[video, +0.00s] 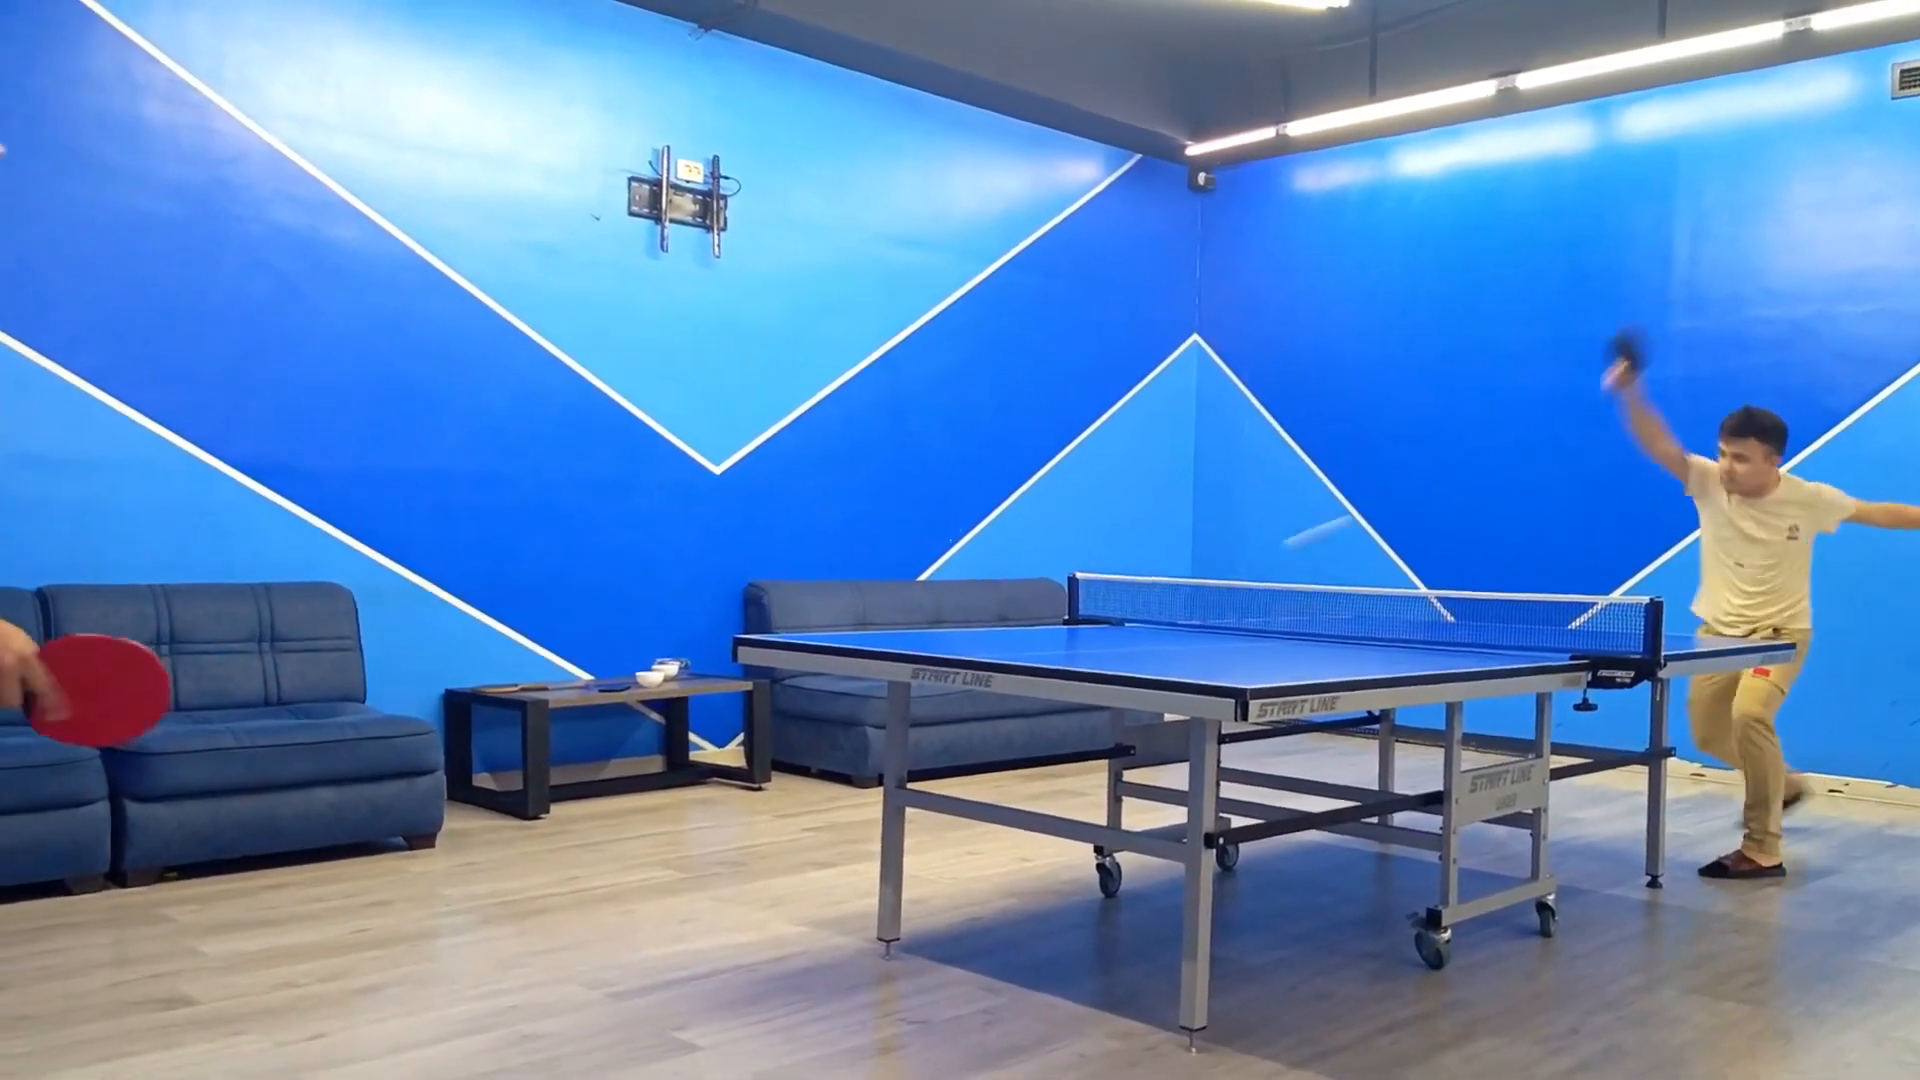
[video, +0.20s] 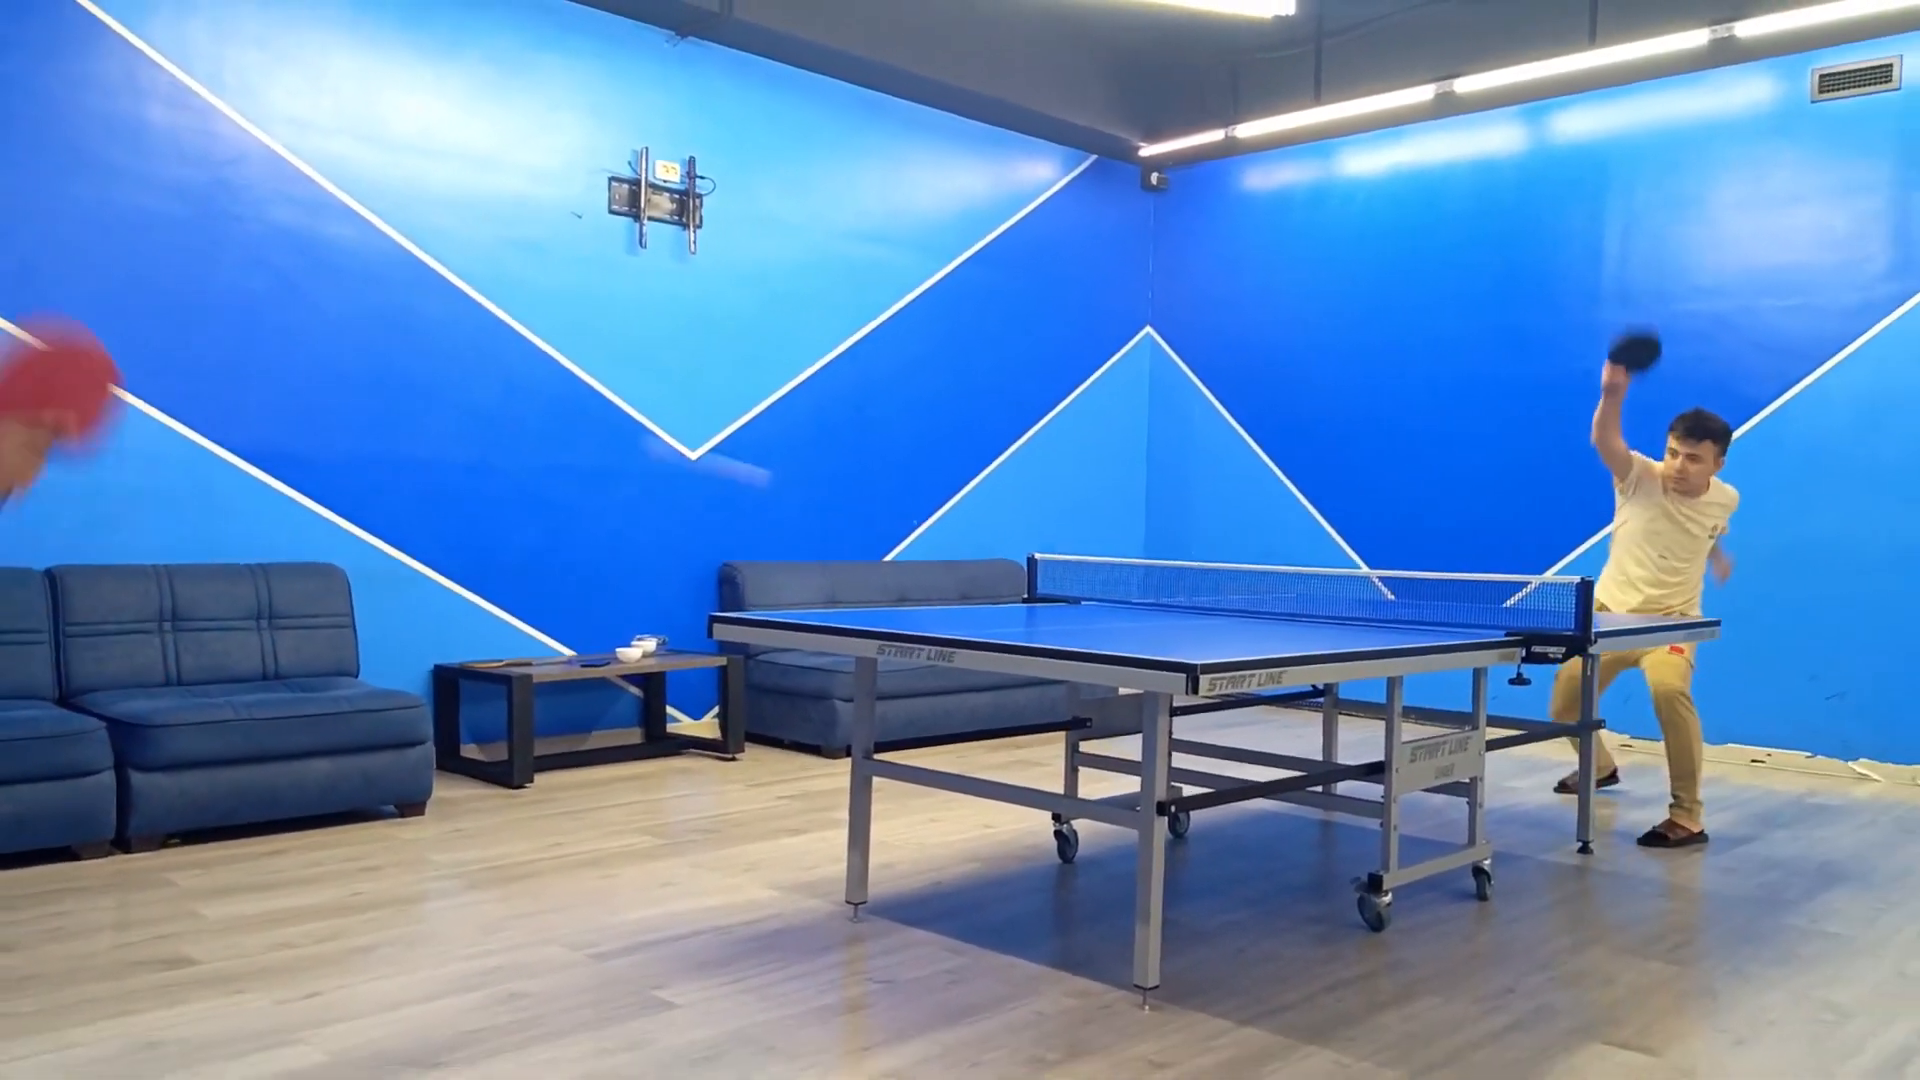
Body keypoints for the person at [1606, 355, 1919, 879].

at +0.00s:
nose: (1728, 466)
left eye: (1741, 458)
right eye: (1725, 455)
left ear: (1774, 462)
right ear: (1718, 452)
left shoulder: (1810, 501)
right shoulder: (1708, 481)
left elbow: (1878, 513)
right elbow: (1659, 443)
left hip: (1780, 635)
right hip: (1718, 633)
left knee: (1748, 715)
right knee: (1708, 735)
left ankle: (1761, 850)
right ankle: (1782, 784)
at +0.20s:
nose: (1678, 465)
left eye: (1692, 459)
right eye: (1674, 454)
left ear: (1717, 464)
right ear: (1665, 448)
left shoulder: (1724, 501)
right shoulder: (1637, 476)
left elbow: (1710, 537)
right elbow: (1607, 444)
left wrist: (1718, 561)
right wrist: (1612, 398)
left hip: (1673, 623)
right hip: (1611, 618)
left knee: (1669, 692)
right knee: (1563, 705)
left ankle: (1686, 816)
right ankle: (1599, 764)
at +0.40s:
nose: (1609, 458)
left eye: (1623, 450)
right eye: (1603, 447)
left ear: (1646, 460)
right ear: (1593, 448)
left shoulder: (1657, 507)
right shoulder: (1570, 483)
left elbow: (1669, 555)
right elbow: (1500, 474)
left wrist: (1696, 612)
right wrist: (1539, 487)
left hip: (1612, 627)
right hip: (1553, 621)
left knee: (1605, 688)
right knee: (1509, 696)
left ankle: (1628, 812)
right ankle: (1545, 762)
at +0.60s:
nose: (1576, 459)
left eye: (1591, 449)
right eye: (1572, 448)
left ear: (1622, 457)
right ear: (1566, 453)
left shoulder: (1658, 512)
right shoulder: (1557, 504)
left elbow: (1713, 563)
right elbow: (1476, 532)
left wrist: (1721, 606)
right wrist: (1494, 561)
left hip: (1623, 653)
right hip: (1561, 648)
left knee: (1581, 731)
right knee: (1533, 720)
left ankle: (1617, 863)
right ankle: (1534, 812)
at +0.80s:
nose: (1561, 439)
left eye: (1572, 428)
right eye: (1555, 430)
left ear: (1606, 429)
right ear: (1553, 435)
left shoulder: (1633, 476)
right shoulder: (1586, 493)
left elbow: (1666, 547)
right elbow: (1594, 574)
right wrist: (1532, 605)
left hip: (1649, 631)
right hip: (1606, 634)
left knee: (1616, 743)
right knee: (1579, 736)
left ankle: (1660, 886)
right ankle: (1607, 845)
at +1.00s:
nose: (1562, 508)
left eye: (1571, 497)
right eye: (1562, 498)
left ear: (1605, 496)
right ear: (1617, 502)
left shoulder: (1605, 524)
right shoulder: (1663, 543)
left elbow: (1550, 538)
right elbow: (1709, 620)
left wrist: (1497, 560)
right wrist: (1708, 682)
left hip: (1669, 671)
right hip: (1693, 670)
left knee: (1642, 797)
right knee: (1601, 745)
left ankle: (1738, 910)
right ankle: (1630, 860)